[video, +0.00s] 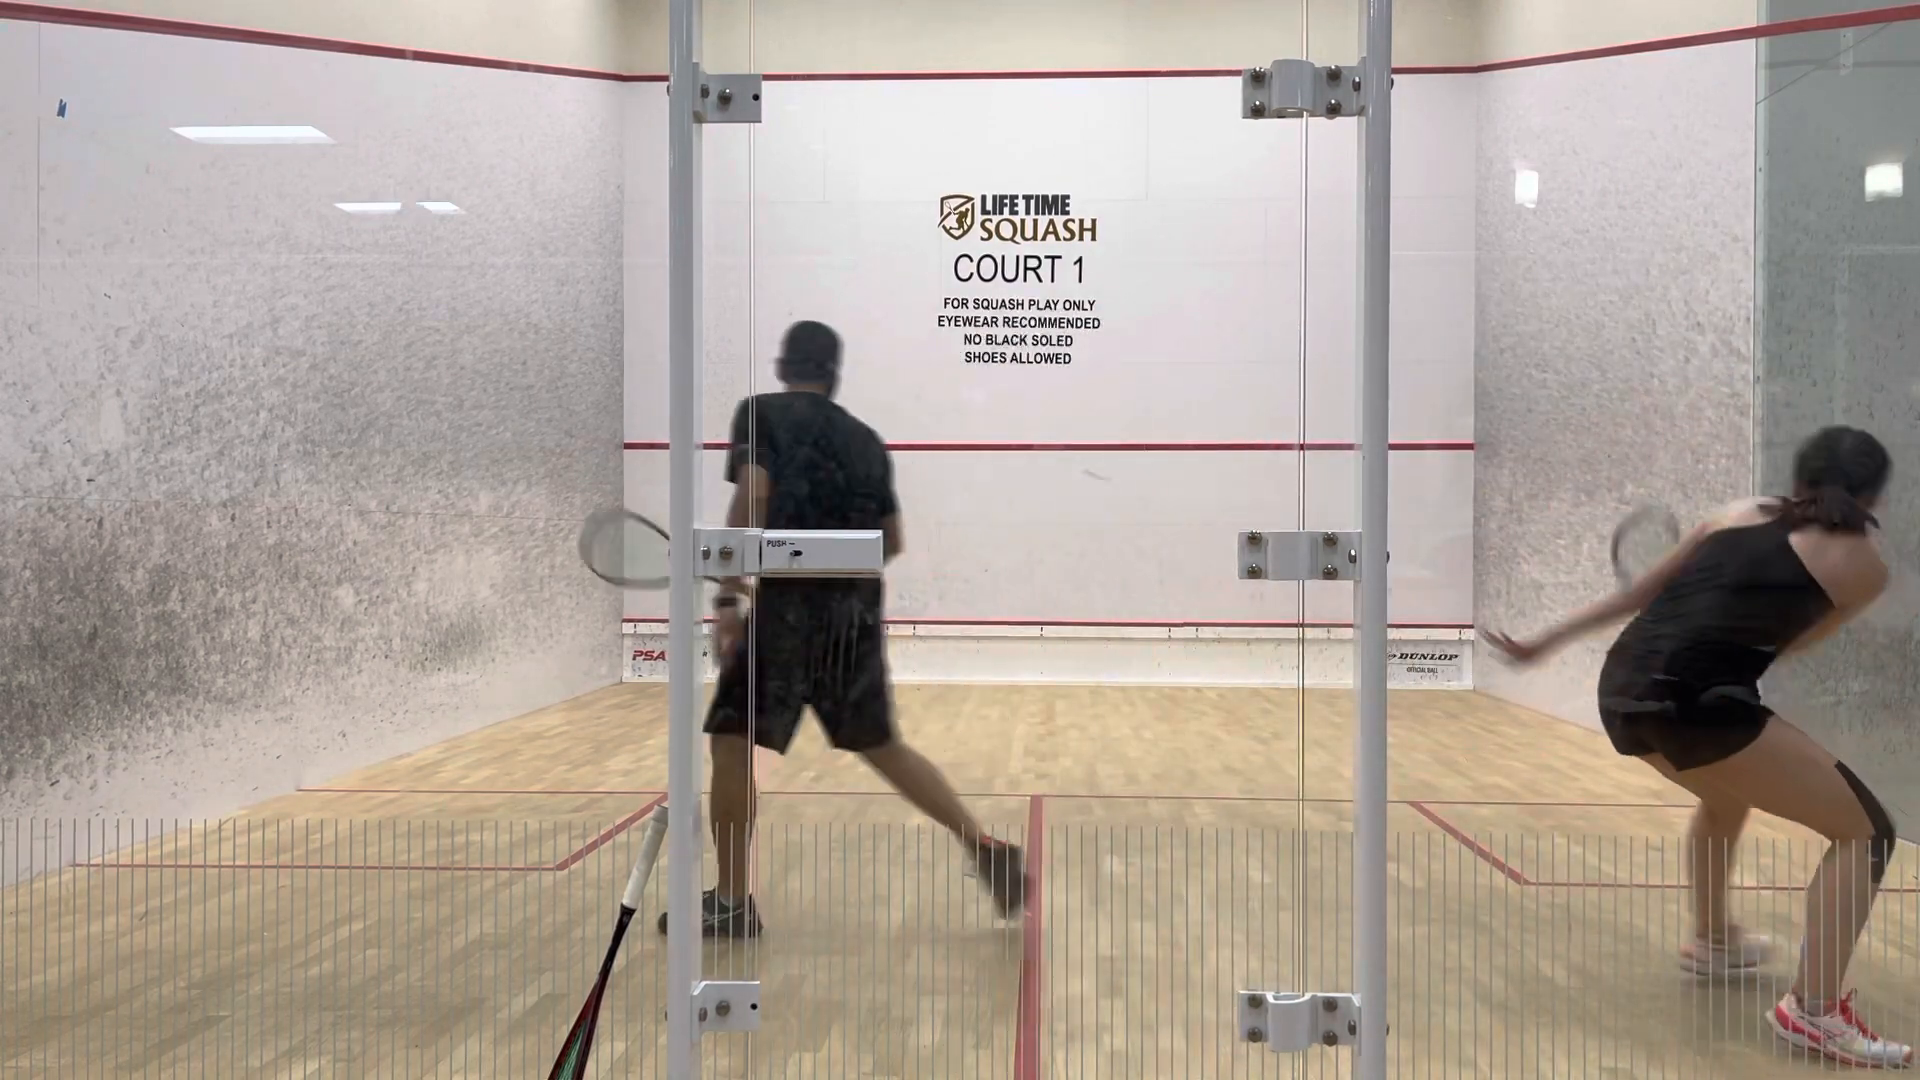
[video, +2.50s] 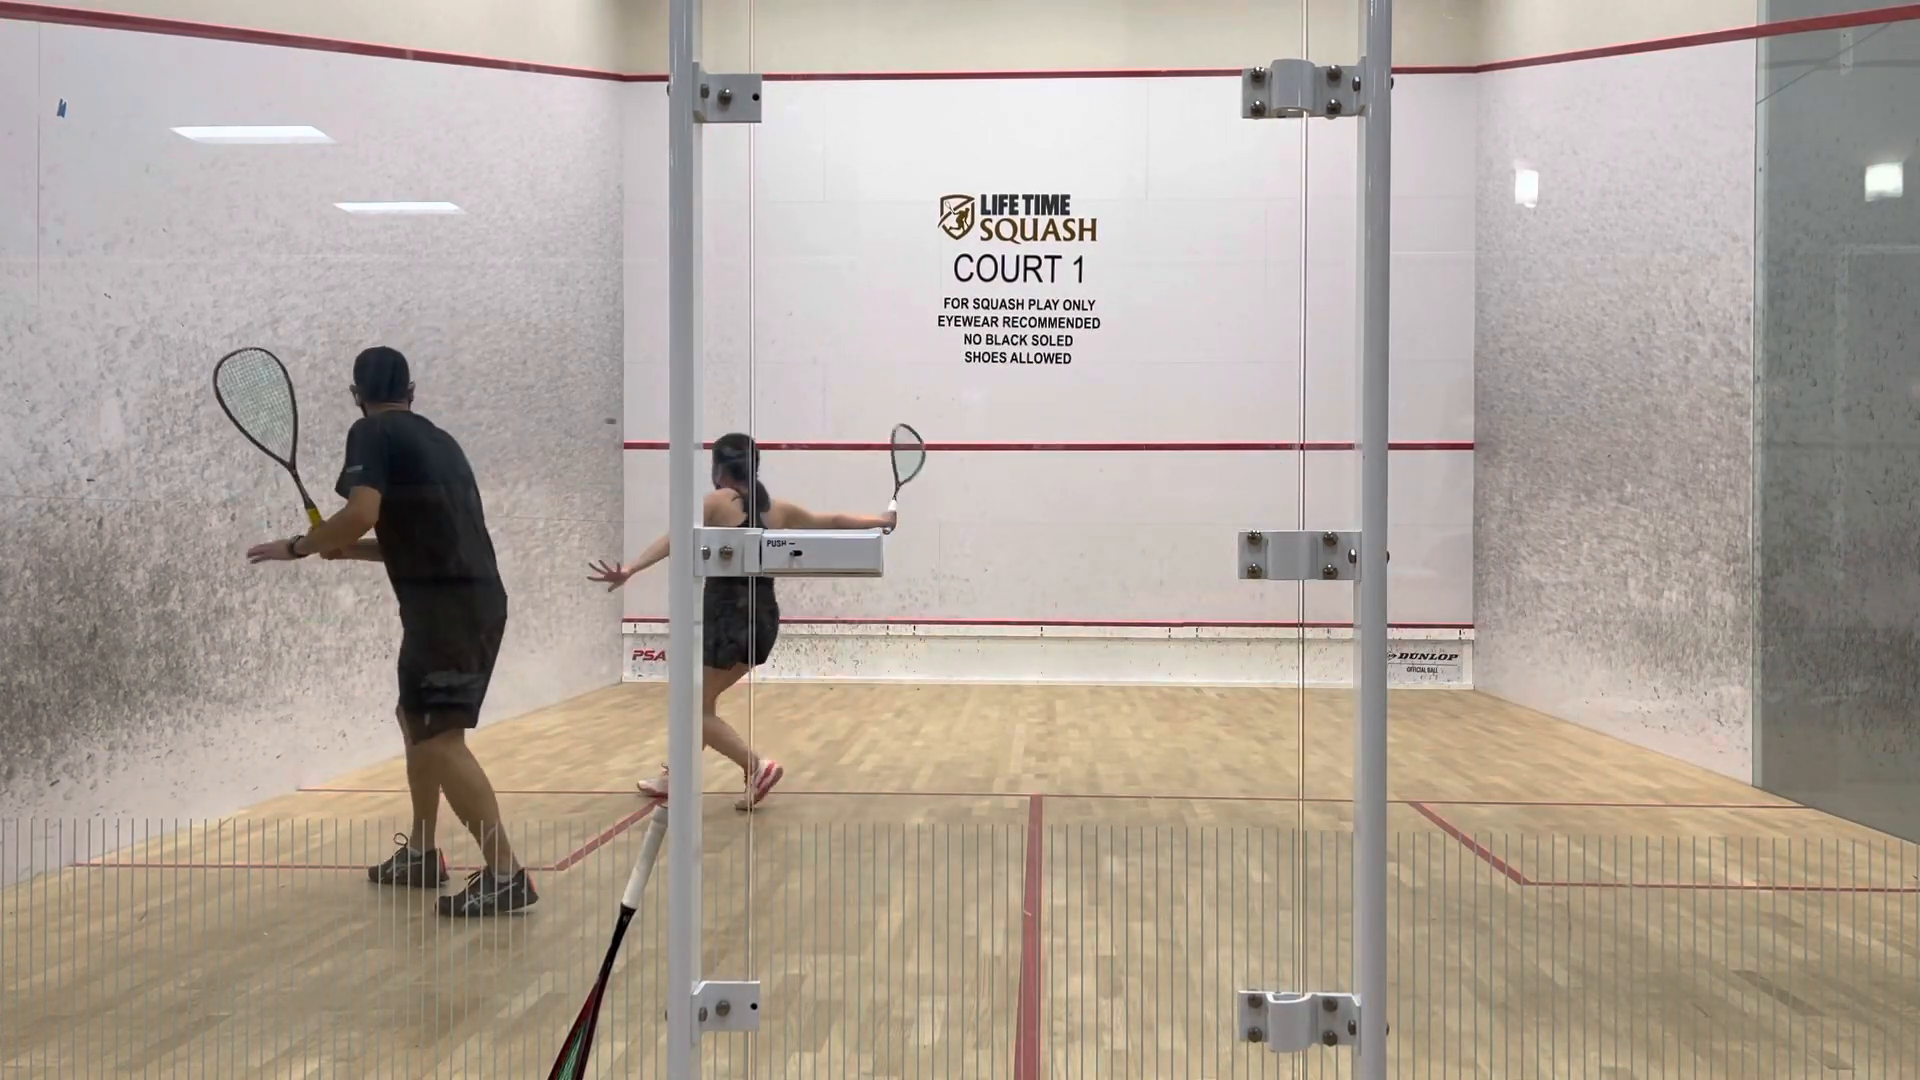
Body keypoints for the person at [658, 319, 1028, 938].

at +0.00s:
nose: (781, 373)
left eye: (781, 364)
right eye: (798, 365)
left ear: (782, 367)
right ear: (835, 374)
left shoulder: (760, 411)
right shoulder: (866, 438)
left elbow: (753, 493)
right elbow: (890, 540)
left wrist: (728, 596)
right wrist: (823, 572)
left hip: (780, 605)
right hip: (855, 609)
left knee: (730, 738)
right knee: (879, 742)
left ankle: (732, 898)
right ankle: (984, 847)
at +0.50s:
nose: (526, 417)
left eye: (527, 408)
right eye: (537, 408)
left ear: (530, 409)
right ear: (577, 407)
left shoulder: (547, 440)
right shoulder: (595, 449)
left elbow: (589, 495)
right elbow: (581, 564)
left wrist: (537, 575)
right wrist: (496, 587)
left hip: (630, 632)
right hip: (648, 623)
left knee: (643, 774)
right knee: (548, 701)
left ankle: (728, 896)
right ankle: (485, 826)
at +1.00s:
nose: (295, 507)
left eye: (295, 500)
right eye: (295, 501)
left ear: (301, 500)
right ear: (341, 489)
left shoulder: (328, 515)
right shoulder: (355, 529)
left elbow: (387, 517)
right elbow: (387, 593)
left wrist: (446, 573)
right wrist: (365, 649)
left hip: (461, 631)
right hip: (477, 623)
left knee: (456, 766)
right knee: (408, 724)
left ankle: (583, 827)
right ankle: (368, 859)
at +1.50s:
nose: (398, 383)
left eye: (394, 375)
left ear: (392, 377)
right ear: (444, 378)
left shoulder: (388, 426)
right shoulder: (487, 441)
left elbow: (385, 514)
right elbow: (518, 528)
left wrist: (340, 600)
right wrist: (535, 612)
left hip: (428, 615)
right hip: (486, 614)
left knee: (455, 749)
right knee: (418, 737)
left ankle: (508, 883)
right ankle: (373, 857)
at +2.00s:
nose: (426, 377)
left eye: (418, 368)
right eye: (453, 368)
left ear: (412, 370)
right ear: (466, 371)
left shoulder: (409, 417)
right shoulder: (501, 432)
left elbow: (419, 503)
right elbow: (522, 526)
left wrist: (381, 586)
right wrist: (468, 572)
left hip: (441, 605)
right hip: (499, 605)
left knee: (465, 739)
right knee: (454, 731)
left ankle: (508, 881)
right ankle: (429, 852)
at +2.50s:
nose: (360, 404)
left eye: (357, 395)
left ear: (359, 395)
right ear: (411, 393)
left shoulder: (371, 431)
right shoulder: (439, 440)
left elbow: (361, 513)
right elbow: (417, 547)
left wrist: (298, 546)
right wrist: (345, 549)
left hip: (442, 605)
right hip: (476, 601)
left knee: (441, 740)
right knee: (415, 716)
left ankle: (506, 874)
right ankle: (423, 850)